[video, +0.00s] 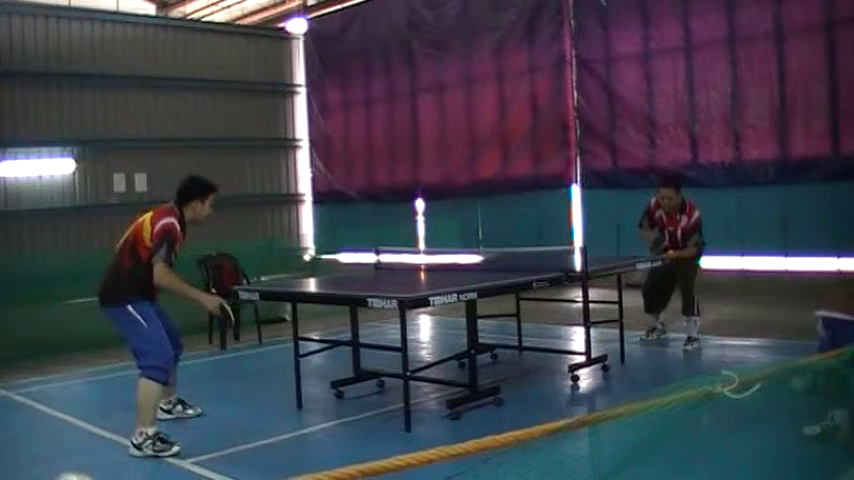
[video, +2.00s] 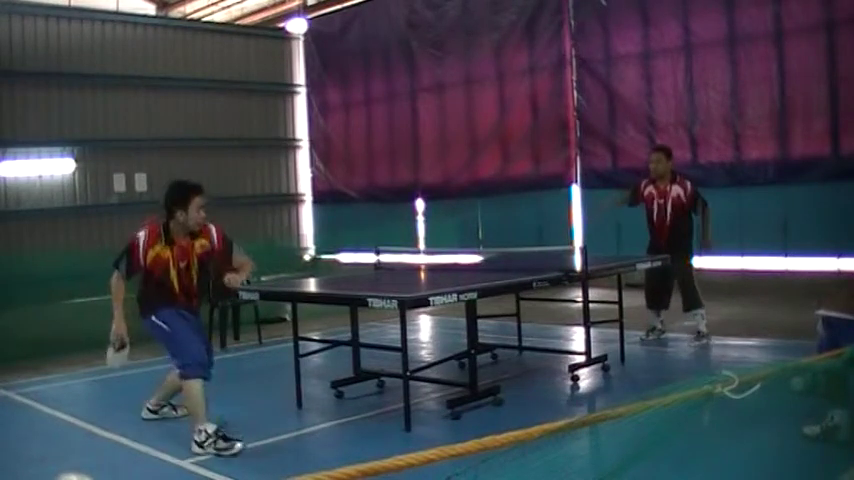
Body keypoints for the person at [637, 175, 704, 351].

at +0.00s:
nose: (665, 203)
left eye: (669, 198)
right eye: (662, 198)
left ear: (679, 196)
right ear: (658, 196)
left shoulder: (691, 214)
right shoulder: (654, 207)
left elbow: (696, 249)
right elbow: (643, 229)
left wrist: (675, 254)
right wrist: (653, 240)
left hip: (686, 258)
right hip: (665, 257)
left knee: (686, 288)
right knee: (650, 289)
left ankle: (692, 333)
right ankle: (656, 325)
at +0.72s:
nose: (664, 183)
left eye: (669, 179)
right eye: (661, 179)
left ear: (678, 180)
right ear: (657, 180)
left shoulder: (687, 202)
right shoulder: (653, 197)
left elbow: (685, 233)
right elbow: (644, 217)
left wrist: (665, 237)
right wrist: (644, 230)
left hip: (683, 250)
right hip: (662, 250)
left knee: (684, 288)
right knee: (652, 286)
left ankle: (692, 333)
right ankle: (657, 324)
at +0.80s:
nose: (664, 174)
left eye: (669, 169)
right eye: (662, 169)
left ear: (678, 172)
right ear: (659, 170)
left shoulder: (686, 195)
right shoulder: (655, 191)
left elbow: (688, 222)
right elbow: (642, 210)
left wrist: (670, 217)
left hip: (684, 250)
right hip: (662, 248)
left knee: (685, 290)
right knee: (654, 288)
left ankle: (692, 334)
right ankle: (658, 325)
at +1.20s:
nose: (663, 164)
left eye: (668, 160)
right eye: (660, 159)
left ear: (677, 163)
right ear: (657, 162)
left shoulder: (687, 186)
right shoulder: (652, 184)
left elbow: (695, 217)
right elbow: (642, 204)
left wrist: (685, 238)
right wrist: (662, 195)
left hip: (680, 244)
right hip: (657, 243)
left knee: (684, 286)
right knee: (654, 285)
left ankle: (692, 332)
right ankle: (658, 324)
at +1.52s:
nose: (658, 179)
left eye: (662, 175)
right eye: (655, 175)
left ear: (671, 176)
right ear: (652, 176)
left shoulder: (685, 194)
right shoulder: (647, 191)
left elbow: (703, 218)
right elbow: (642, 209)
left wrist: (701, 247)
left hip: (679, 248)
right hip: (655, 247)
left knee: (684, 288)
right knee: (650, 285)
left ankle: (692, 333)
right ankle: (655, 325)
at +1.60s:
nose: (655, 180)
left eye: (660, 176)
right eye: (653, 176)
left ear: (670, 177)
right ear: (651, 177)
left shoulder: (685, 194)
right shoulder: (646, 191)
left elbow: (704, 210)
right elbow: (625, 191)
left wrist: (704, 236)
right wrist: (620, 194)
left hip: (679, 251)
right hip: (655, 251)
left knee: (684, 289)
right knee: (649, 287)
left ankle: (692, 332)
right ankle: (655, 325)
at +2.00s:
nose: (654, 166)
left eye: (658, 162)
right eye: (651, 162)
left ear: (669, 163)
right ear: (649, 164)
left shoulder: (683, 186)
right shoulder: (645, 187)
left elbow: (703, 208)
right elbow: (632, 201)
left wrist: (705, 238)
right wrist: (626, 198)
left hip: (680, 246)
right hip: (656, 245)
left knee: (686, 282)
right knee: (653, 283)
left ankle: (700, 325)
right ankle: (657, 325)